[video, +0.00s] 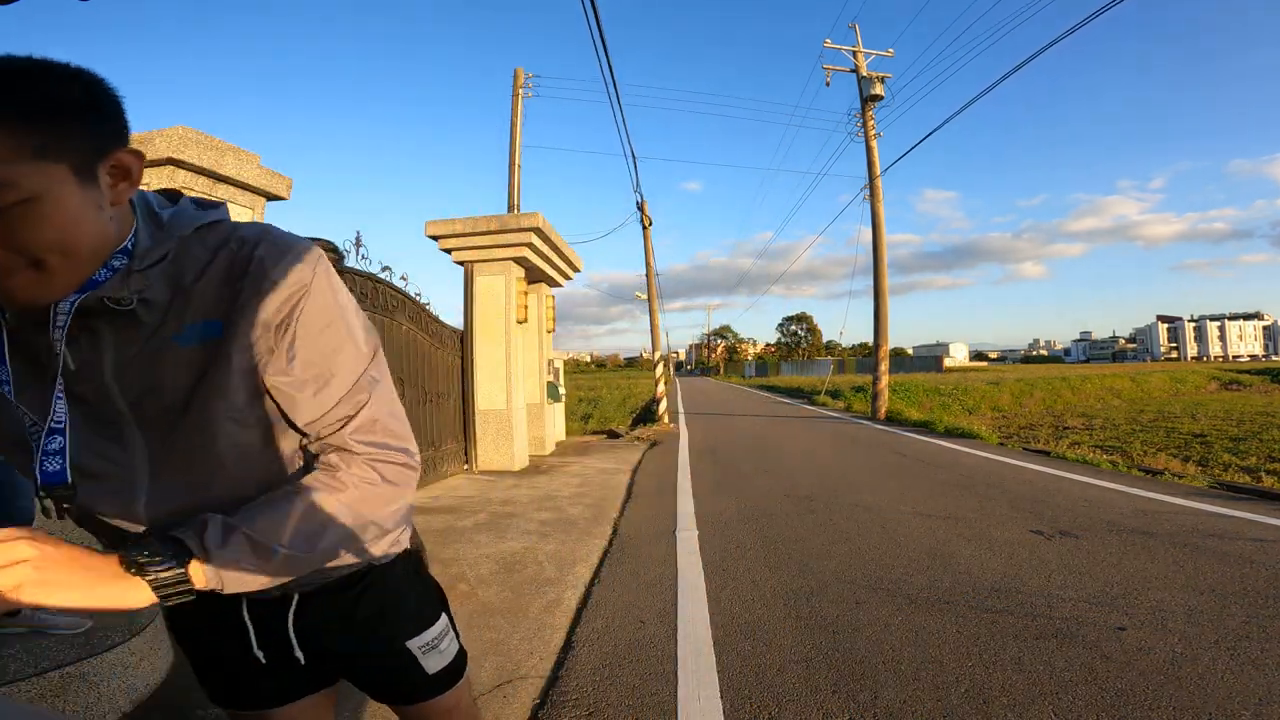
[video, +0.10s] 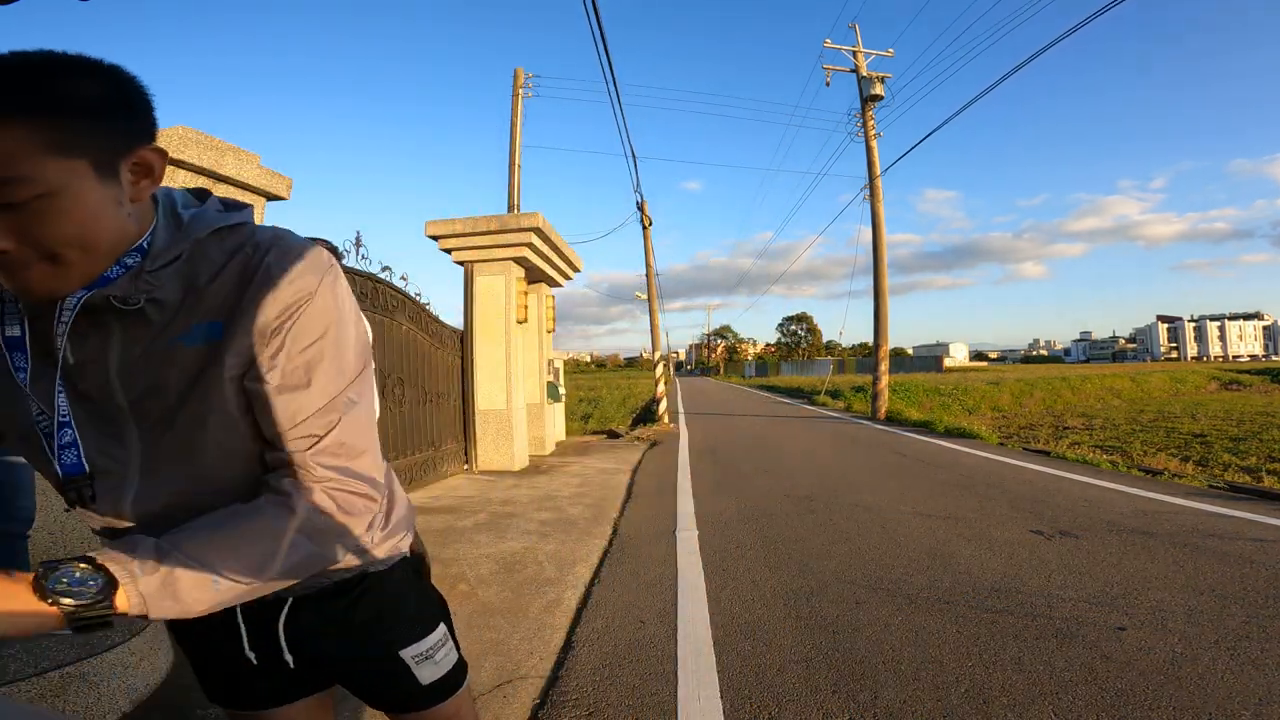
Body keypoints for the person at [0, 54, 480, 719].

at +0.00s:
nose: (3, 240)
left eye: (17, 204)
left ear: (118, 181)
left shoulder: (275, 281)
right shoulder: (22, 330)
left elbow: (380, 471)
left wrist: (148, 572)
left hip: (355, 565)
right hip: (212, 595)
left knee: (442, 705)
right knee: (284, 709)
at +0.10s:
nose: (3, 238)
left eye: (23, 203)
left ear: (139, 178)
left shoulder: (283, 282)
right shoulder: (20, 321)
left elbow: (343, 505)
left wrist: (87, 588)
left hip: (352, 569)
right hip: (201, 600)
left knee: (438, 706)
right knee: (279, 709)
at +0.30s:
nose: (2, 242)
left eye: (28, 206)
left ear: (155, 185)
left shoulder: (283, 288)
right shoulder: (27, 322)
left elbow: (222, 537)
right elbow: (10, 471)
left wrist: (14, 680)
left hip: (365, 583)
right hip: (216, 601)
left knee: (440, 706)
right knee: (286, 709)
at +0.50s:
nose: (16, 280)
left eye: (53, 230)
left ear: (189, 202)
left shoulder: (300, 339)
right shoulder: (76, 340)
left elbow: (166, 617)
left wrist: (13, 703)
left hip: (393, 595)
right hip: (262, 604)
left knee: (462, 709)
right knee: (288, 708)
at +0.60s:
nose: (27, 317)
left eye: (72, 262)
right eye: (5, 269)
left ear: (215, 219)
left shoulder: (345, 361)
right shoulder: (106, 326)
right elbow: (116, 444)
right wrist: (34, 497)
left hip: (416, 585)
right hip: (278, 587)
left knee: (482, 709)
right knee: (325, 708)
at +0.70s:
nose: (66, 360)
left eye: (115, 302)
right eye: (17, 311)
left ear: (271, 237)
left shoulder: (422, 387)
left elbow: (443, 633)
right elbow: (137, 472)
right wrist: (25, 533)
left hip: (453, 625)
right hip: (305, 617)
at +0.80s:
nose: (111, 402)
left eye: (160, 344)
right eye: (63, 349)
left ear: (336, 260)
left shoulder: (504, 387)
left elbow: (529, 620)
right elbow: (190, 516)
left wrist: (334, 716)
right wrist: (49, 594)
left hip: (488, 637)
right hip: (346, 635)